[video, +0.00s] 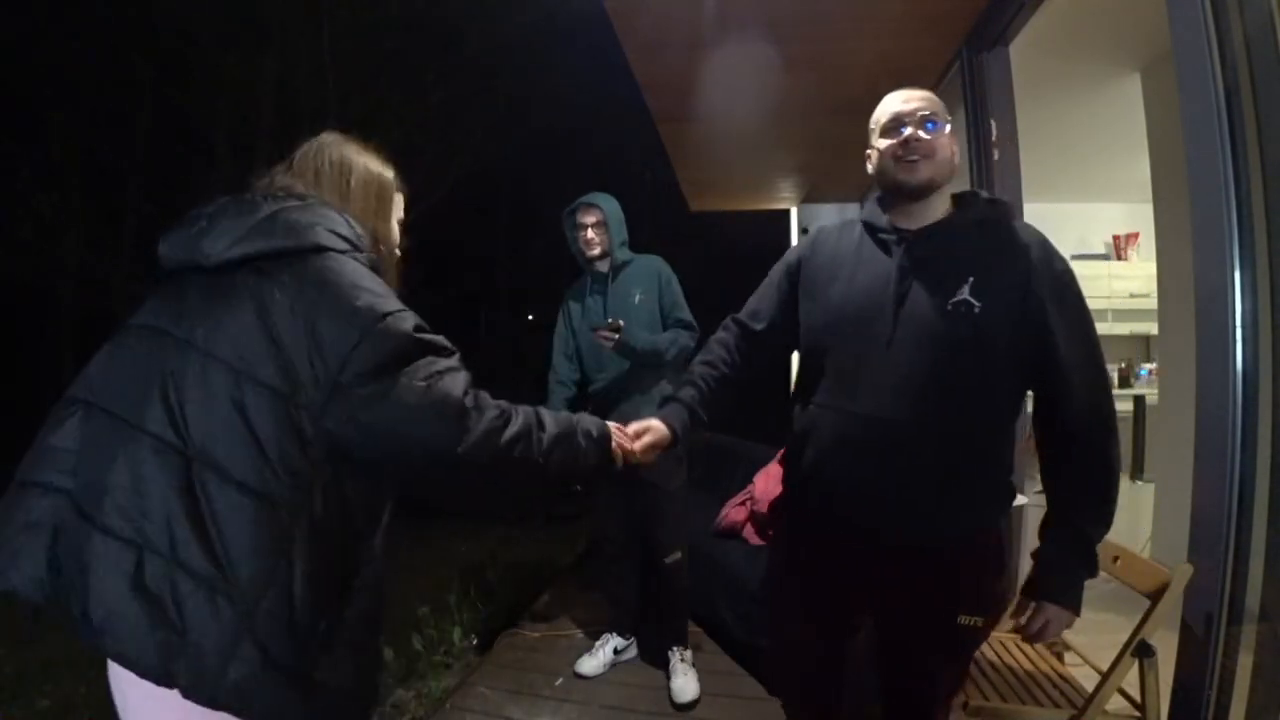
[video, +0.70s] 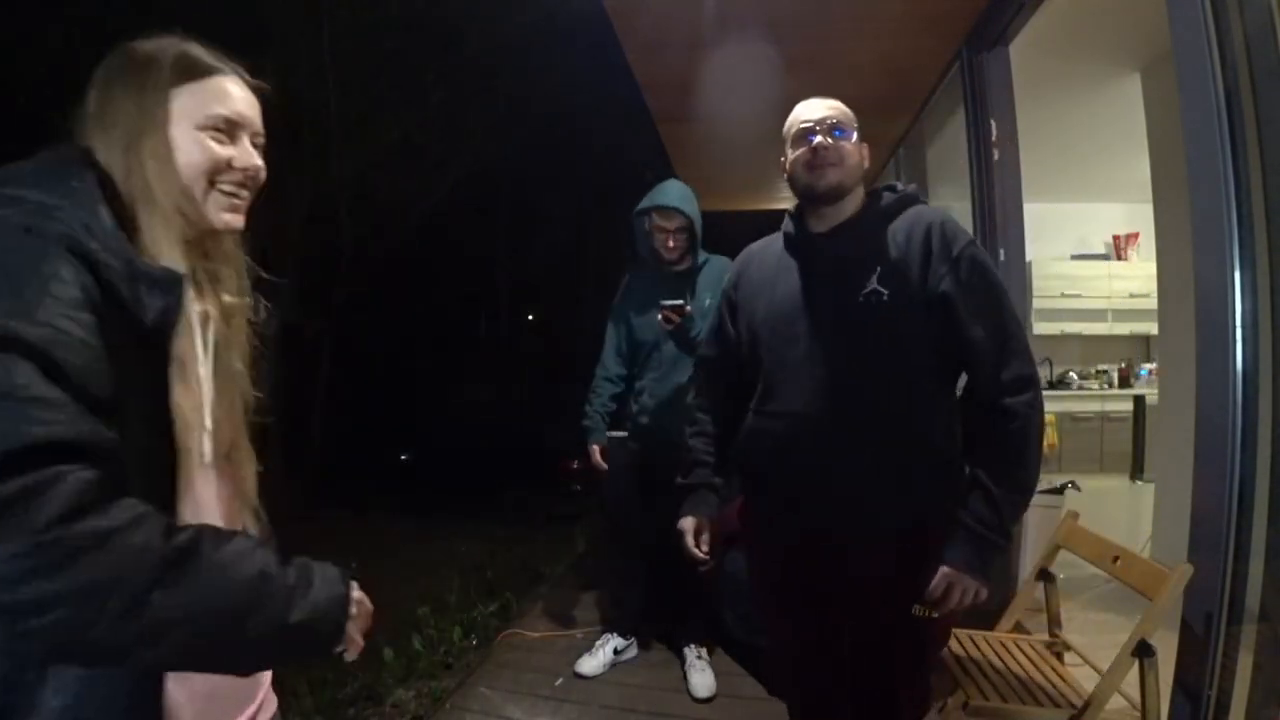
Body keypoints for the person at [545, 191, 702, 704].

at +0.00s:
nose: (590, 236)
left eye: (598, 227)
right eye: (582, 230)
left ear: (617, 228)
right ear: (573, 238)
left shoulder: (651, 271)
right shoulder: (576, 298)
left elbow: (687, 340)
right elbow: (562, 377)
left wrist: (633, 340)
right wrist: (558, 436)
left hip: (659, 426)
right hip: (601, 434)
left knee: (667, 543)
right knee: (612, 536)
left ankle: (676, 648)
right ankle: (622, 634)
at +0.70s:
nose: (668, 240)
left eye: (677, 230)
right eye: (659, 231)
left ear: (695, 230)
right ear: (646, 234)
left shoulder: (719, 275)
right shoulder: (635, 287)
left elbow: (732, 354)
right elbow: (613, 363)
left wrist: (689, 331)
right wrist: (596, 424)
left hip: (700, 431)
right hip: (641, 431)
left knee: (694, 533)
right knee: (626, 531)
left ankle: (695, 642)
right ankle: (621, 633)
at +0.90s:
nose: (690, 237)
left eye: (700, 228)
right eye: (681, 228)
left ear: (717, 230)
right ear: (668, 230)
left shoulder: (736, 285)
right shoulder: (651, 282)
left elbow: (750, 357)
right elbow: (620, 358)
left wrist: (712, 327)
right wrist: (603, 422)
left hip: (707, 437)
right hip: (645, 433)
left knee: (700, 540)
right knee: (631, 536)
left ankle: (696, 645)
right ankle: (620, 633)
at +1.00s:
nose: (696, 235)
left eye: (707, 226)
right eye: (687, 225)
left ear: (723, 229)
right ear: (674, 228)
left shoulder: (741, 284)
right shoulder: (655, 280)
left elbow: (754, 360)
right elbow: (626, 347)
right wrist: (603, 412)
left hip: (712, 440)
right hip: (648, 437)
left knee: (704, 543)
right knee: (633, 539)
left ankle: (697, 643)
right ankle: (621, 634)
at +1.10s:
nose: (697, 233)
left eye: (708, 224)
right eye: (688, 223)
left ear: (726, 228)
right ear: (676, 227)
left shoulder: (741, 282)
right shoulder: (657, 280)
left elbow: (760, 345)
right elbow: (625, 342)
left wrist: (722, 326)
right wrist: (576, 385)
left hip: (711, 442)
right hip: (648, 437)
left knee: (701, 549)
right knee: (633, 542)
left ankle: (697, 644)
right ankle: (614, 642)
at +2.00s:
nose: (642, 232)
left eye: (652, 222)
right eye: (631, 221)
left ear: (664, 227)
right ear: (613, 224)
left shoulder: (680, 282)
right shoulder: (590, 283)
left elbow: (695, 361)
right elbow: (574, 358)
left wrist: (668, 340)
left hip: (667, 429)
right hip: (601, 428)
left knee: (677, 538)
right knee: (596, 549)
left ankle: (694, 644)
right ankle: (591, 672)